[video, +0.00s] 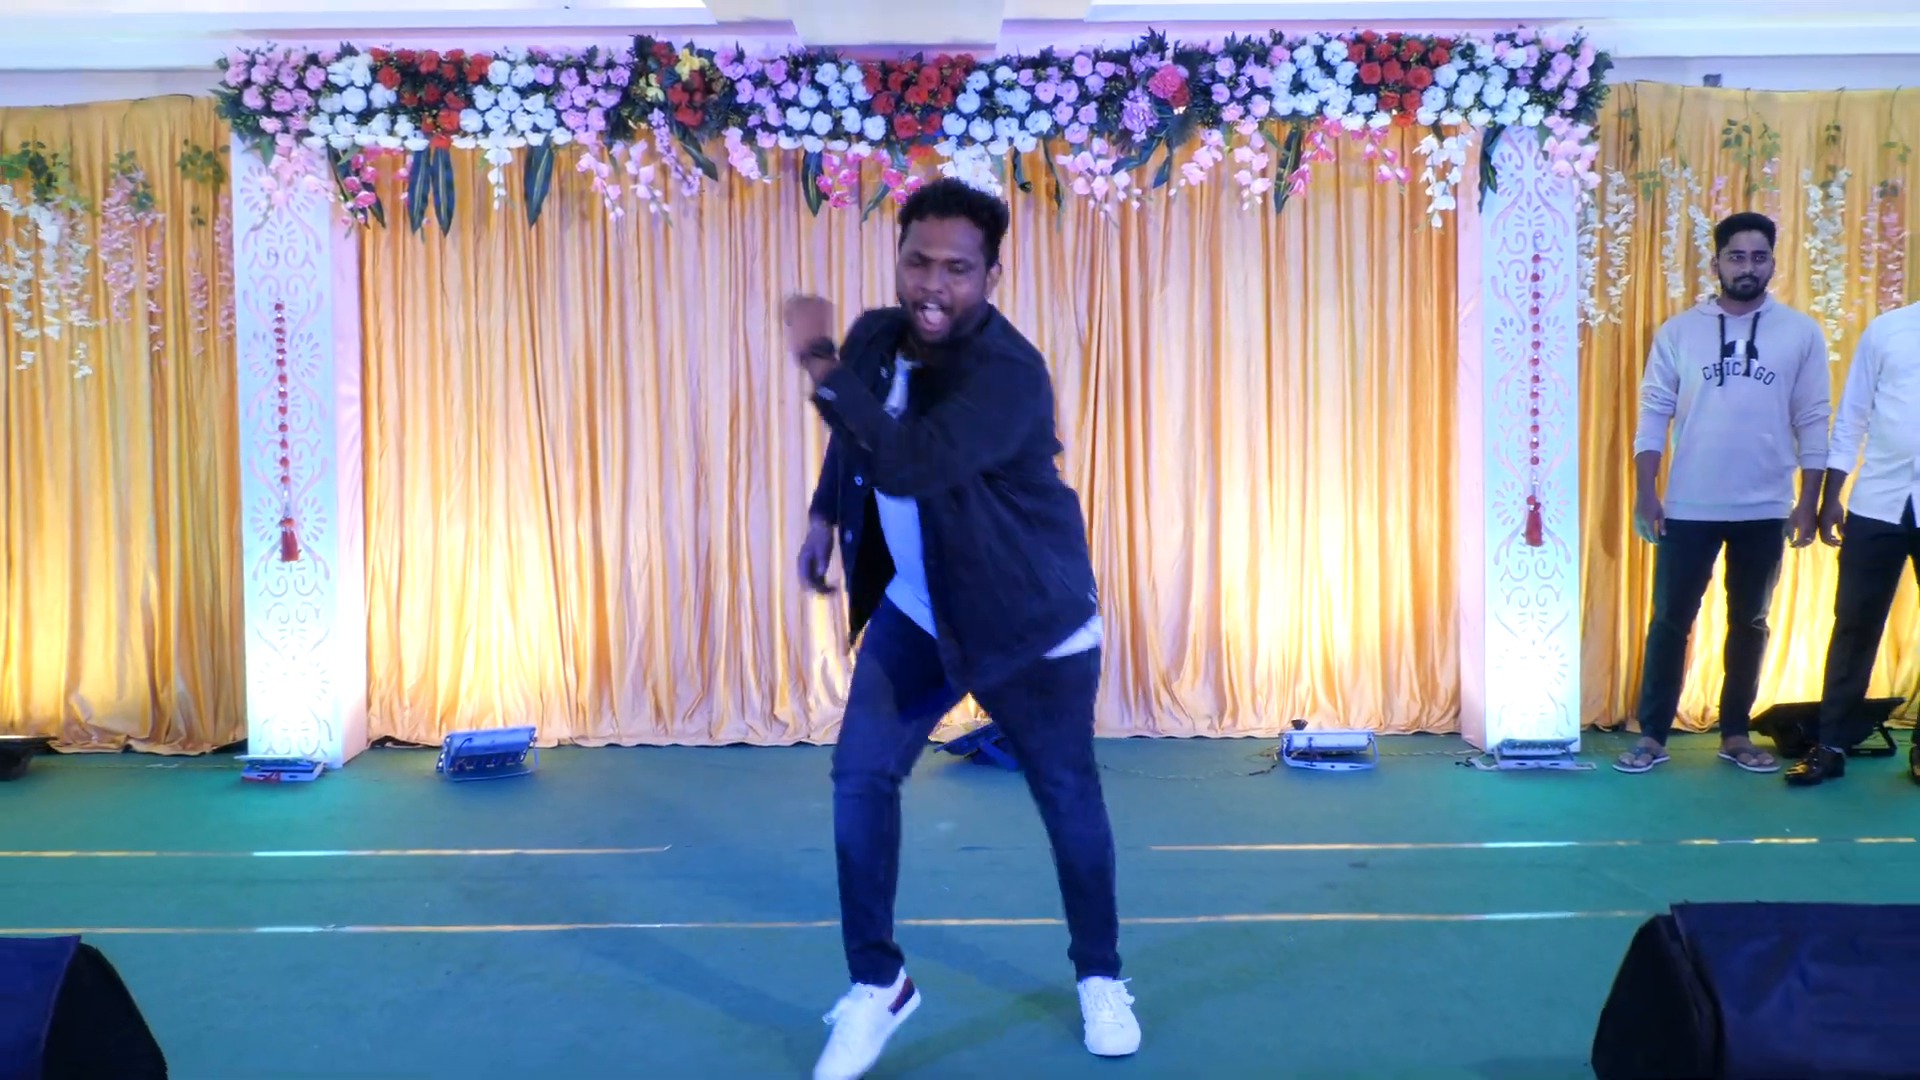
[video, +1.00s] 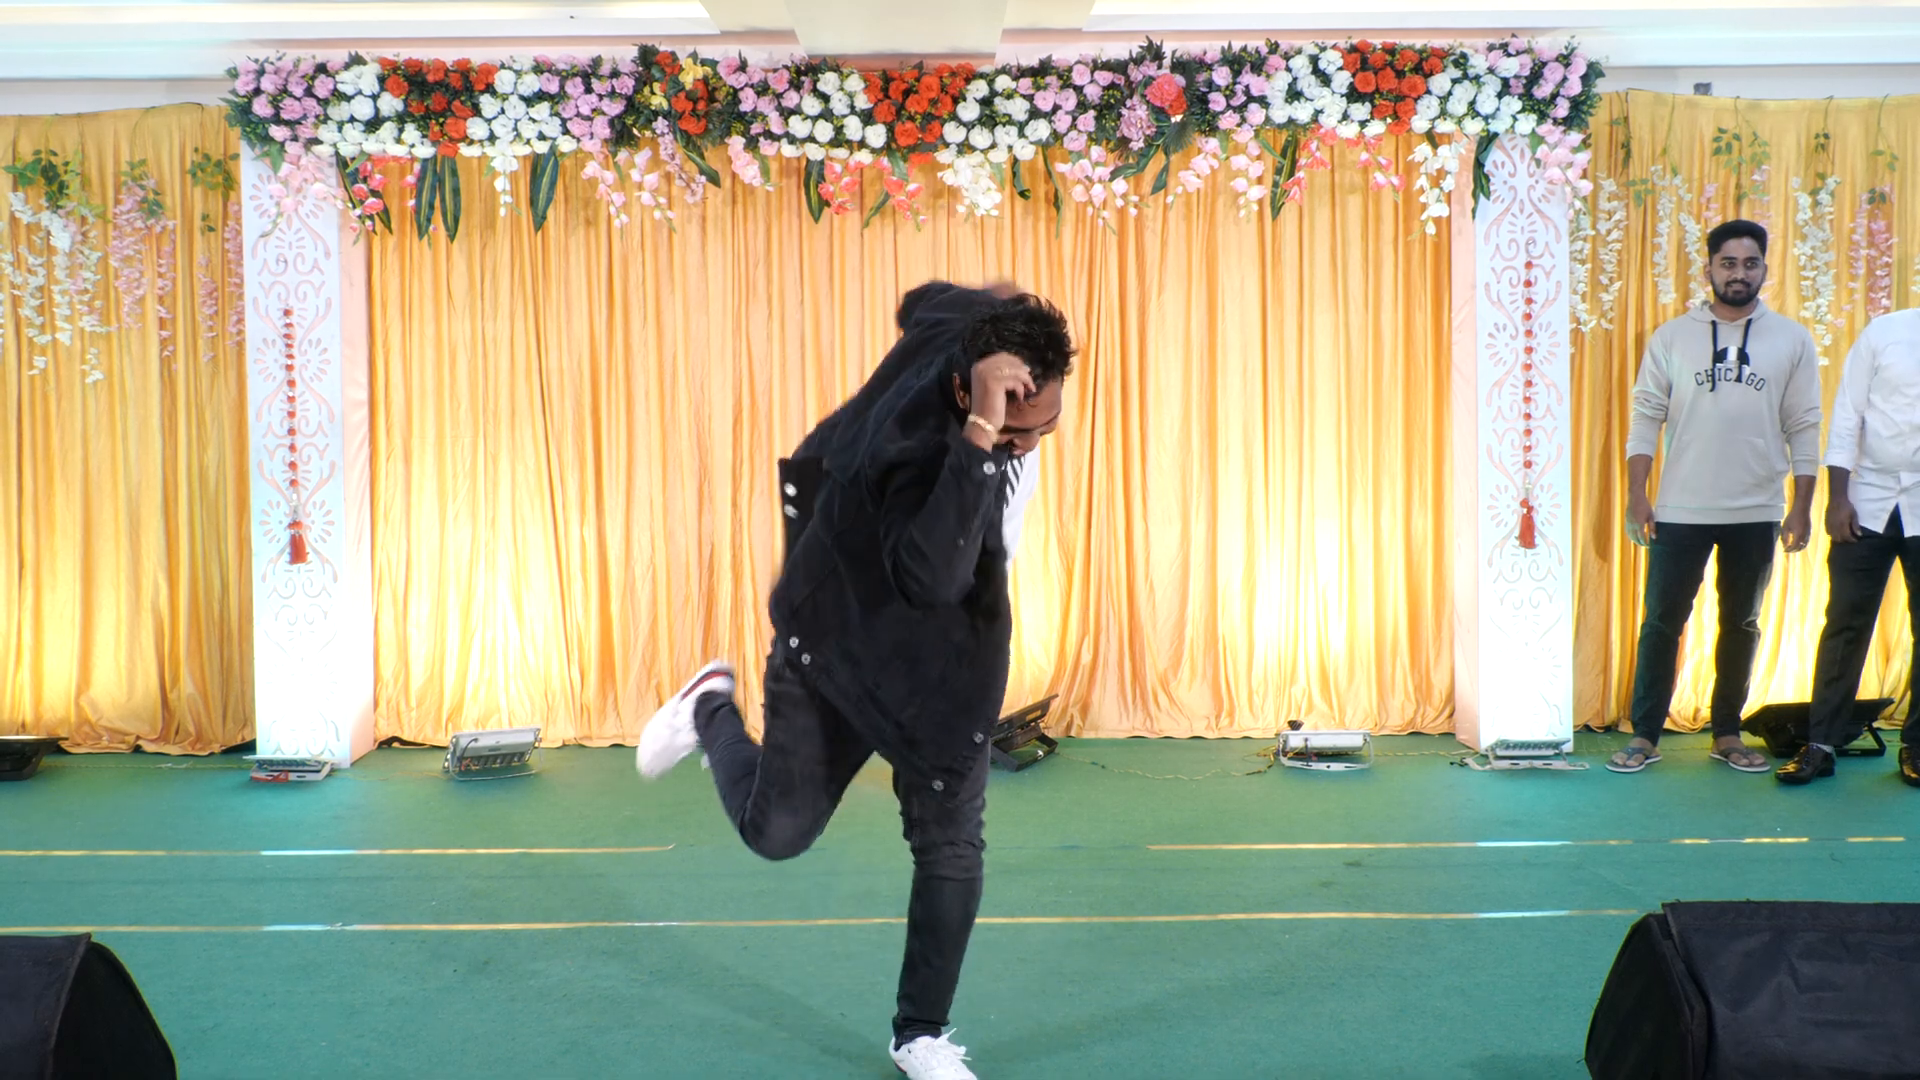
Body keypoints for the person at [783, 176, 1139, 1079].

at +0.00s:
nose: (934, 285)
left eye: (958, 269)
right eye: (919, 261)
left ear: (991, 277)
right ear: (896, 263)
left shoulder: (1010, 376)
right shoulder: (872, 339)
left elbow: (914, 461)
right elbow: (852, 446)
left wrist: (825, 375)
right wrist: (825, 516)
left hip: (1031, 626)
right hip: (917, 615)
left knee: (1067, 793)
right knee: (862, 776)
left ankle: (1100, 975)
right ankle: (877, 982)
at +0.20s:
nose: (917, 302)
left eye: (941, 289)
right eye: (906, 277)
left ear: (977, 300)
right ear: (887, 271)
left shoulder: (944, 385)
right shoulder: (883, 341)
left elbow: (874, 525)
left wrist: (746, 610)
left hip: (964, 638)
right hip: (860, 644)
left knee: (1066, 758)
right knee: (839, 831)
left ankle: (1174, 724)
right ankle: (883, 1020)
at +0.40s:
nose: (918, 378)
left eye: (937, 358)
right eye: (899, 358)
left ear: (971, 342)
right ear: (875, 339)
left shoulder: (1009, 444)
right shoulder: (839, 359)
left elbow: (1075, 534)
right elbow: (752, 354)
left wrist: (1106, 639)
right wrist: (746, 306)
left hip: (921, 684)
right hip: (810, 680)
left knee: (973, 858)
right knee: (801, 857)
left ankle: (1031, 680)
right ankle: (881, 1020)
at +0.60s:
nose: (971, 391)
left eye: (983, 372)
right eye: (948, 381)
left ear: (996, 336)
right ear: (905, 350)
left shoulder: (1005, 359)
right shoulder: (842, 338)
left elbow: (1024, 449)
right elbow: (736, 281)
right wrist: (843, 203)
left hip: (924, 593)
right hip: (809, 609)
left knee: (921, 752)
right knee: (826, 820)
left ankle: (955, 889)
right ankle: (870, 1015)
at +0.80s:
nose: (1026, 378)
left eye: (1036, 361)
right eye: (1009, 367)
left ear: (1044, 328)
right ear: (968, 341)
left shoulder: (999, 329)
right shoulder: (892, 359)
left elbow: (940, 225)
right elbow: (904, 396)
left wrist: (972, 253)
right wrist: (975, 282)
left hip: (936, 597)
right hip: (829, 603)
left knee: (946, 801)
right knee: (797, 785)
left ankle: (942, 1016)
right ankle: (762, 953)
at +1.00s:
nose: (1042, 436)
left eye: (1051, 420)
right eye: (1029, 422)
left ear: (1055, 383)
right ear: (973, 395)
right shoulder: (912, 445)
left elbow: (929, 301)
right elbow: (936, 576)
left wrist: (994, 306)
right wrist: (975, 444)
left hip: (944, 667)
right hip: (835, 648)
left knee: (951, 846)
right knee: (778, 831)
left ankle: (922, 1033)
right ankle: (707, 709)